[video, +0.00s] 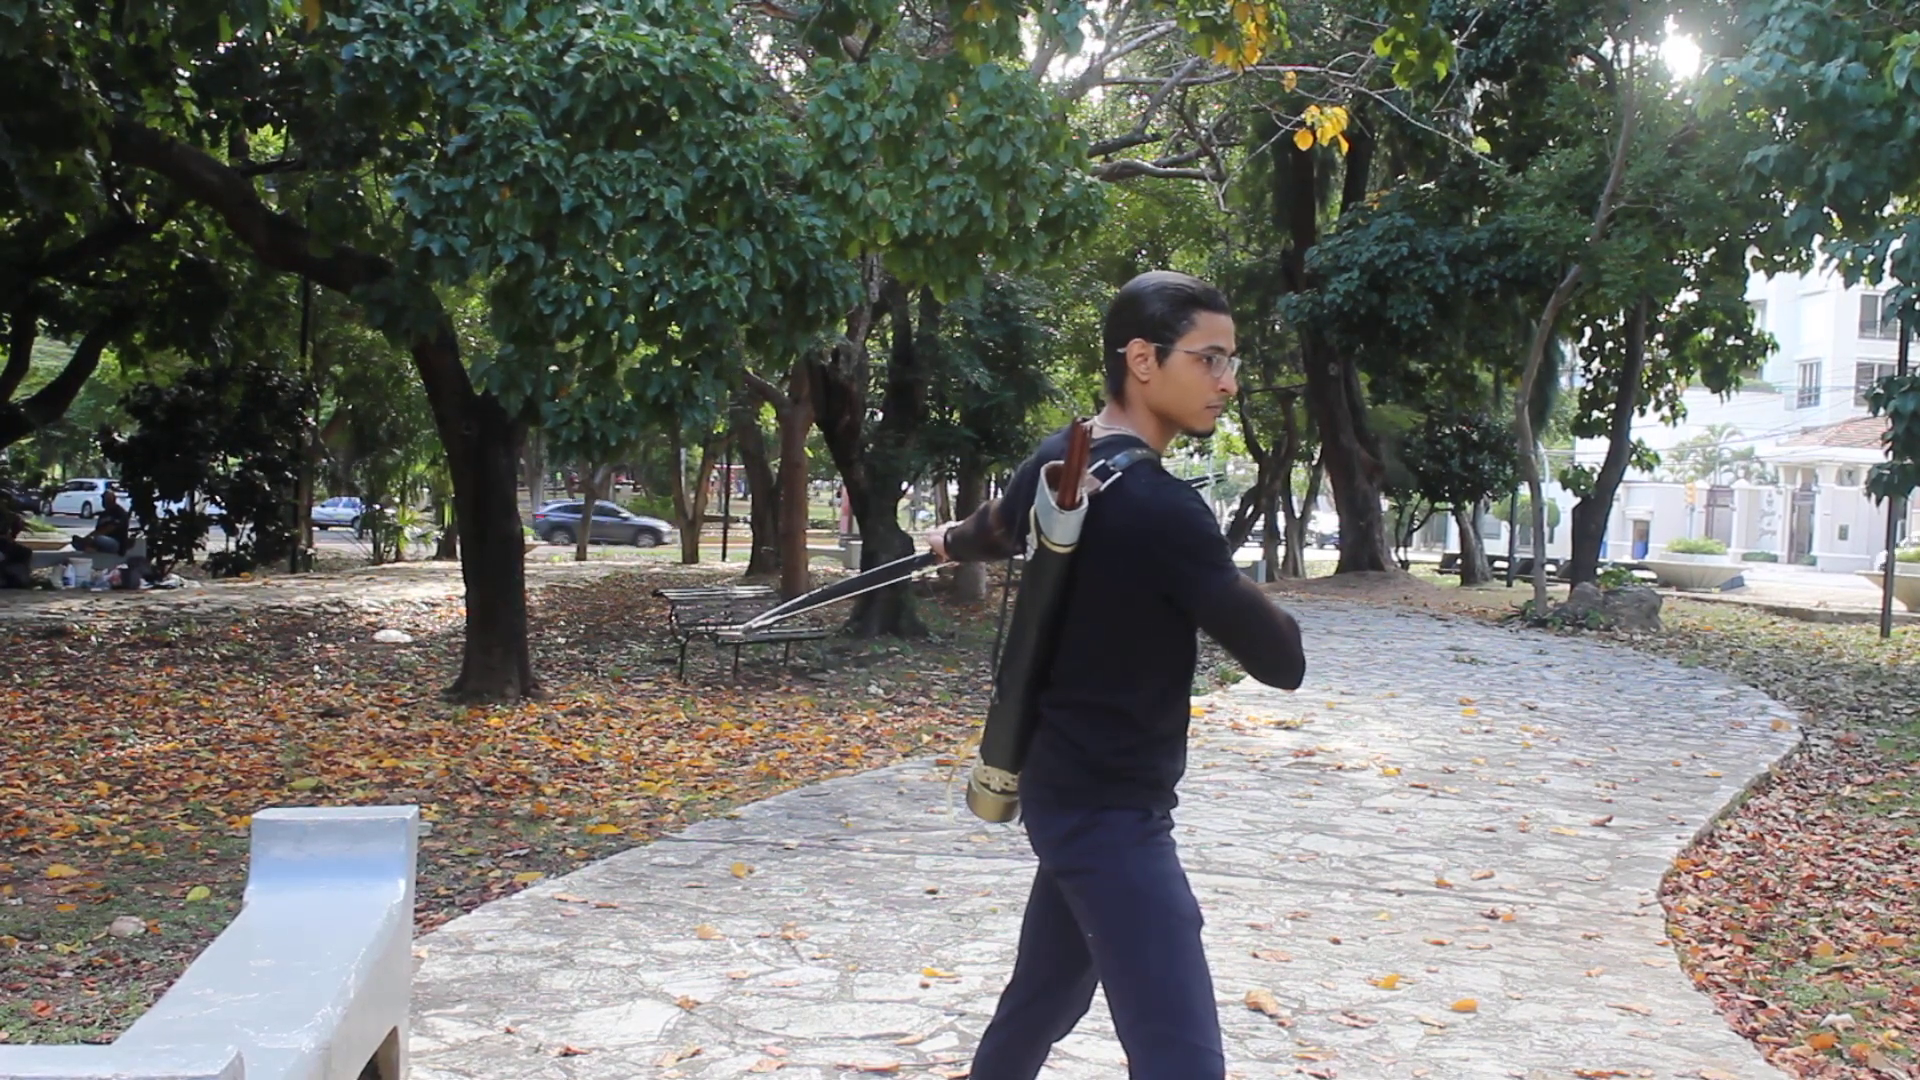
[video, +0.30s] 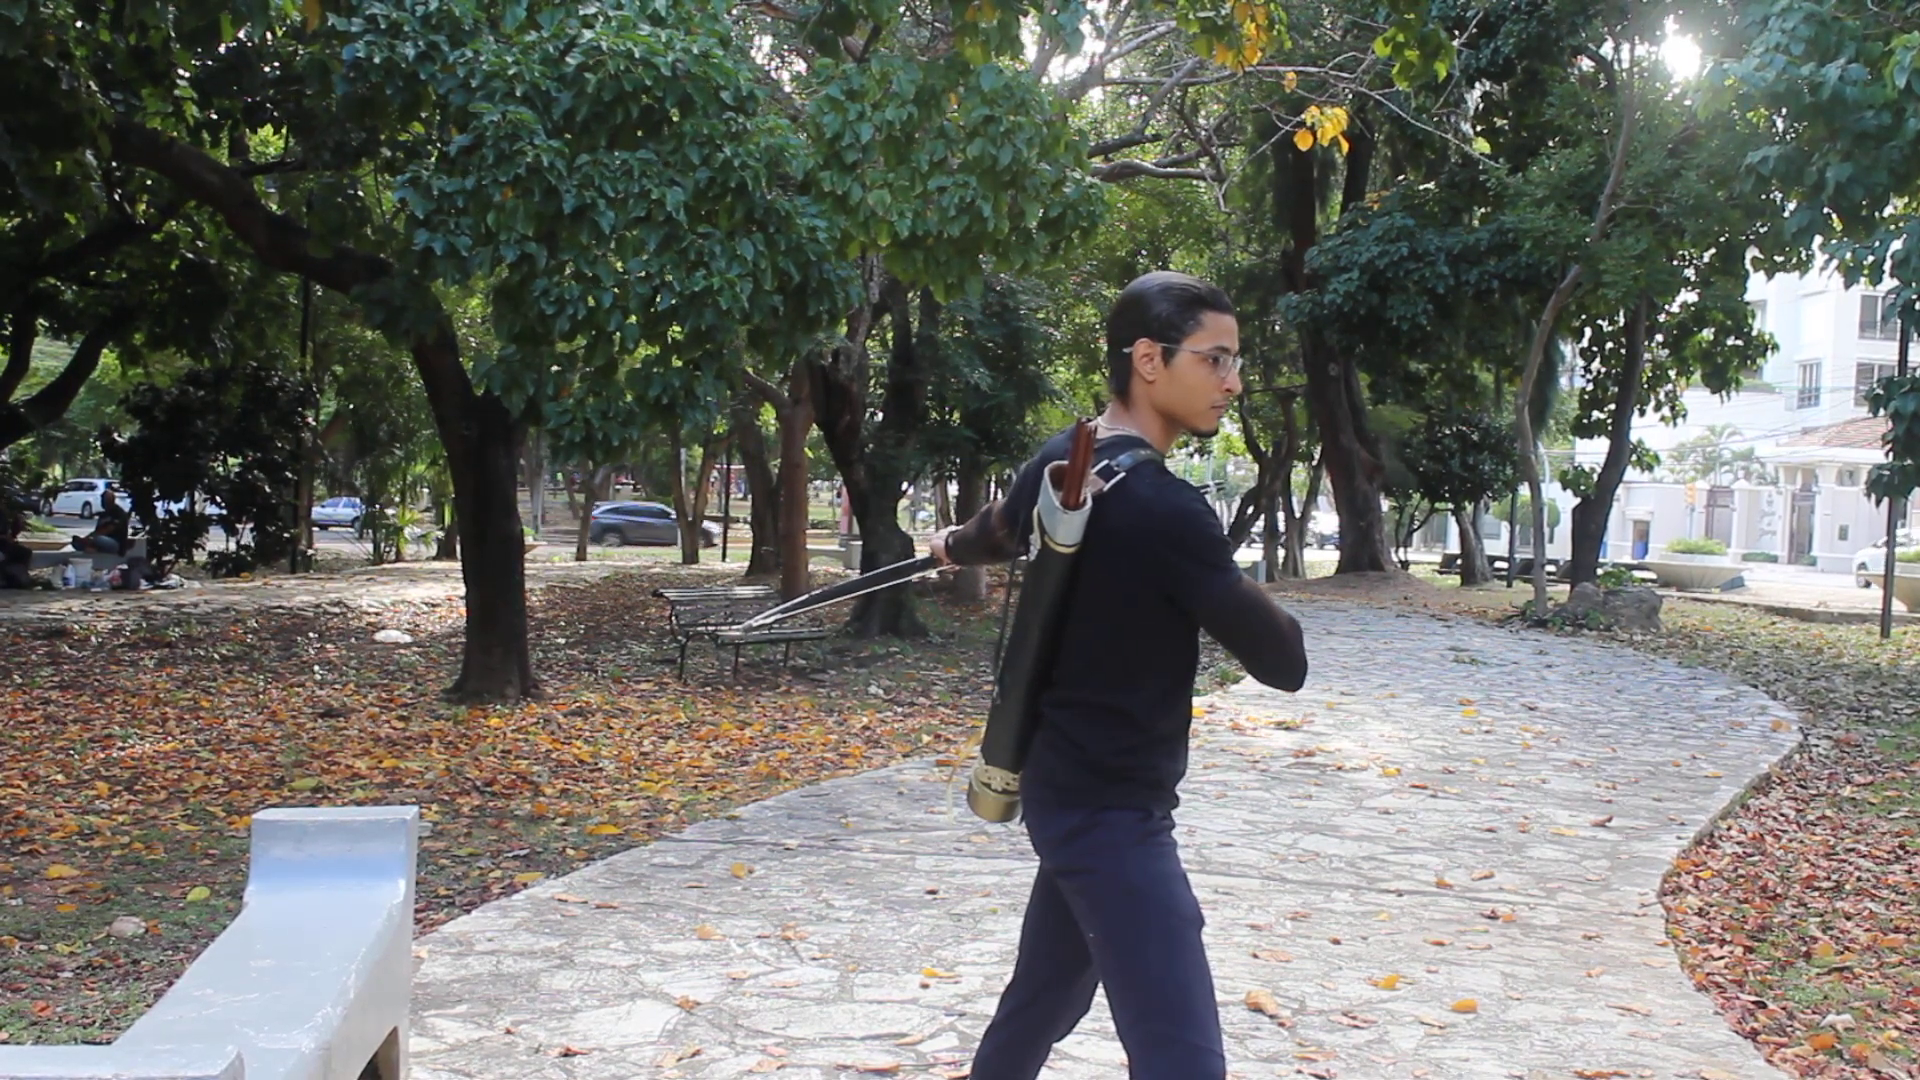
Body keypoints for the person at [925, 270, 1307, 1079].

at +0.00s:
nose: (1230, 383)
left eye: (1232, 360)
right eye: (1210, 358)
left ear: (1142, 369)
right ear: (1142, 362)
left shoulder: (1062, 454)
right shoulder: (1164, 505)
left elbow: (996, 527)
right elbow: (1284, 661)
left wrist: (953, 541)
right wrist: (1232, 589)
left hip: (1071, 791)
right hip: (1111, 811)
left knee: (1041, 1005)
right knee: (1182, 1058)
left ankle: (988, 1076)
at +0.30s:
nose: (1234, 383)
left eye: (1235, 361)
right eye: (1215, 359)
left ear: (1150, 368)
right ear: (1149, 363)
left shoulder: (1064, 457)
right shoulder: (1166, 506)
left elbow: (998, 529)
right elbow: (1286, 662)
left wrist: (955, 545)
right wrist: (1234, 586)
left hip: (1073, 792)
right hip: (1112, 811)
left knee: (1040, 1007)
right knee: (1184, 1058)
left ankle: (987, 1077)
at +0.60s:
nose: (1239, 387)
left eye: (1239, 365)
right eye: (1222, 364)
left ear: (1157, 367)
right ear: (1157, 363)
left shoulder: (1064, 457)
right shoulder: (1168, 508)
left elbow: (995, 536)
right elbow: (1286, 663)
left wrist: (959, 550)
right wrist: (1233, 587)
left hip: (1071, 791)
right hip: (1113, 811)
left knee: (1039, 1007)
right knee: (1183, 1058)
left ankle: (987, 1077)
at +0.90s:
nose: (1247, 392)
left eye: (1249, 372)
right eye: (1238, 368)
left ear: (1164, 359)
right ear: (1179, 359)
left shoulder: (1063, 448)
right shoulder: (1170, 499)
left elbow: (986, 545)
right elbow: (1278, 668)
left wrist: (961, 564)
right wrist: (1231, 587)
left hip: (1056, 781)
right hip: (1110, 800)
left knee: (1049, 999)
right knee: (1173, 1047)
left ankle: (995, 1076)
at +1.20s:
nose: (1241, 424)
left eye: (1247, 404)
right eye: (1242, 400)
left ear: (1173, 376)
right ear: (1201, 379)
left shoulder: (1064, 459)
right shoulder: (1176, 511)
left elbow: (978, 560)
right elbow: (1240, 693)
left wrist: (949, 585)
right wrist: (1198, 590)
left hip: (1030, 790)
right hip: (1094, 807)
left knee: (1084, 1009)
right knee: (1164, 1053)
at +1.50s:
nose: (1221, 423)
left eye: (1229, 405)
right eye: (1225, 399)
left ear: (1138, 373)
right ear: (1188, 376)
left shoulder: (1044, 456)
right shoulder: (1156, 491)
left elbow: (980, 609)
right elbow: (1182, 679)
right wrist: (1193, 631)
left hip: (1013, 763)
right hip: (1078, 779)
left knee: (1070, 1012)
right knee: (1137, 1041)